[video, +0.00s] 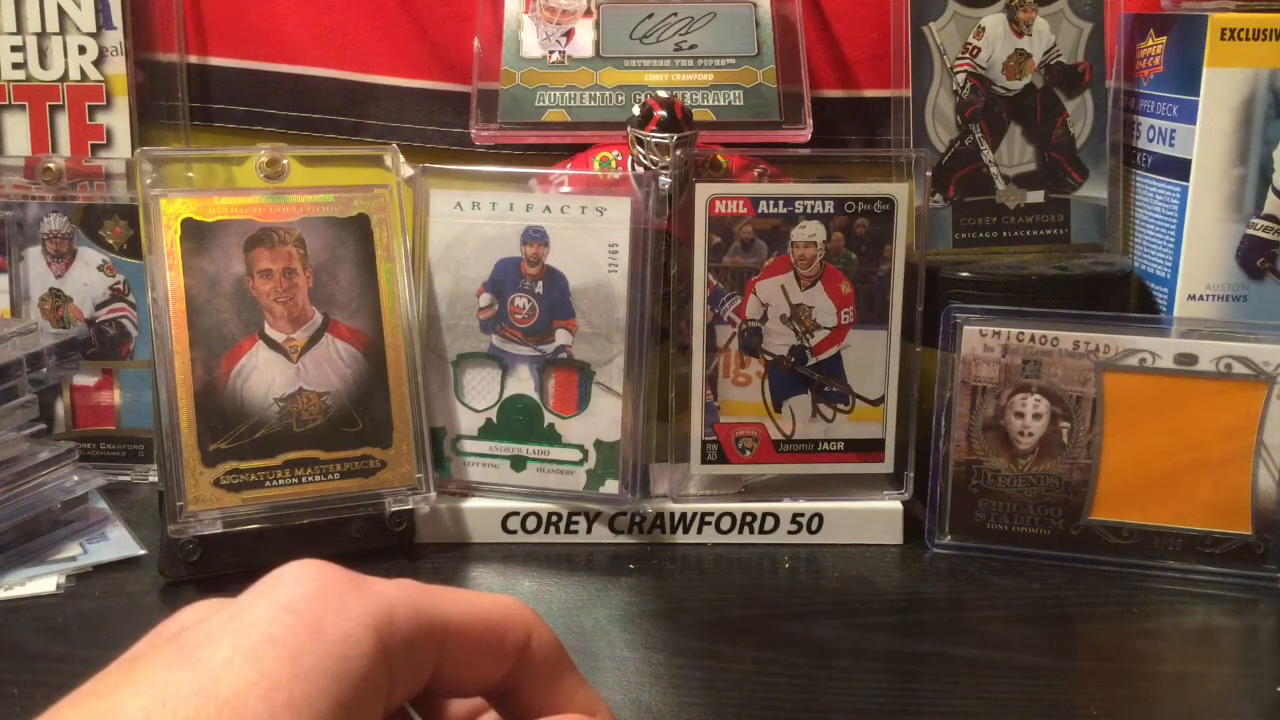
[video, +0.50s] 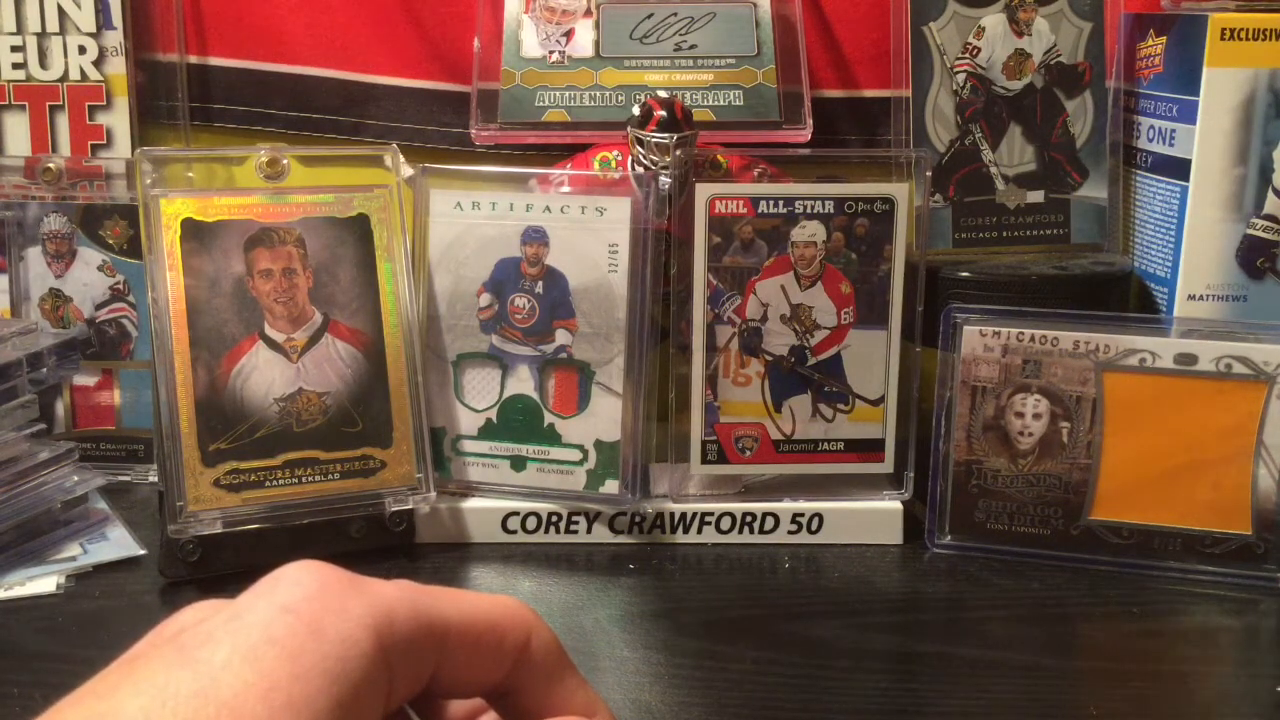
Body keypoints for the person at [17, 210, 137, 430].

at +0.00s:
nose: (57, 245)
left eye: (62, 239)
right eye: (51, 240)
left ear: (72, 239)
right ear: (43, 242)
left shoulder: (95, 264)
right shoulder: (27, 261)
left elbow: (120, 303)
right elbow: (10, 305)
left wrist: (108, 333)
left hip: (88, 362)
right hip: (39, 360)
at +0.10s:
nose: (57, 245)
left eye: (62, 239)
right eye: (51, 240)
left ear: (72, 239)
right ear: (43, 241)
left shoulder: (96, 264)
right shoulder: (27, 261)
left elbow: (121, 304)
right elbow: (12, 306)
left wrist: (107, 333)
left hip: (88, 364)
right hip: (40, 361)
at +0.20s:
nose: (57, 245)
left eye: (62, 239)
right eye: (51, 240)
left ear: (72, 239)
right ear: (43, 242)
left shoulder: (96, 264)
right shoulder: (27, 261)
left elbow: (120, 304)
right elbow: (10, 305)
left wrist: (108, 333)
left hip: (87, 361)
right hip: (39, 359)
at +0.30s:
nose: (57, 246)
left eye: (62, 240)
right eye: (51, 240)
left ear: (72, 240)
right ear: (43, 242)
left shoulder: (96, 264)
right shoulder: (27, 261)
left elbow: (120, 305)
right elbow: (10, 306)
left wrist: (107, 333)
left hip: (88, 363)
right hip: (39, 360)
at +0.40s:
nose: (57, 246)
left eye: (62, 240)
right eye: (51, 240)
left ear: (72, 240)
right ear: (43, 242)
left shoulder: (96, 264)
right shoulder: (27, 261)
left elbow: (120, 304)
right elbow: (11, 306)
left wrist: (108, 333)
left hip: (87, 360)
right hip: (39, 358)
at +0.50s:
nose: (57, 246)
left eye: (62, 240)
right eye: (51, 240)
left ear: (72, 240)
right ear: (43, 242)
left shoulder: (96, 264)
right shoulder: (27, 261)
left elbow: (120, 304)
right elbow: (11, 306)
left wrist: (108, 333)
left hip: (87, 360)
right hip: (39, 358)